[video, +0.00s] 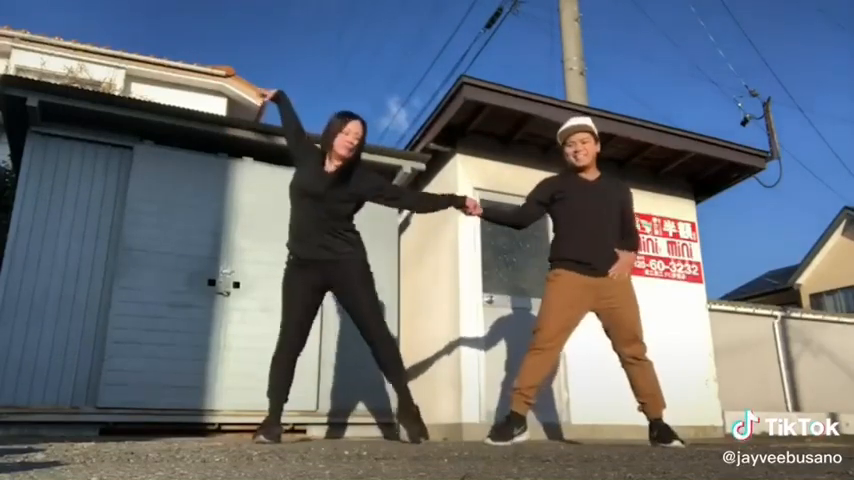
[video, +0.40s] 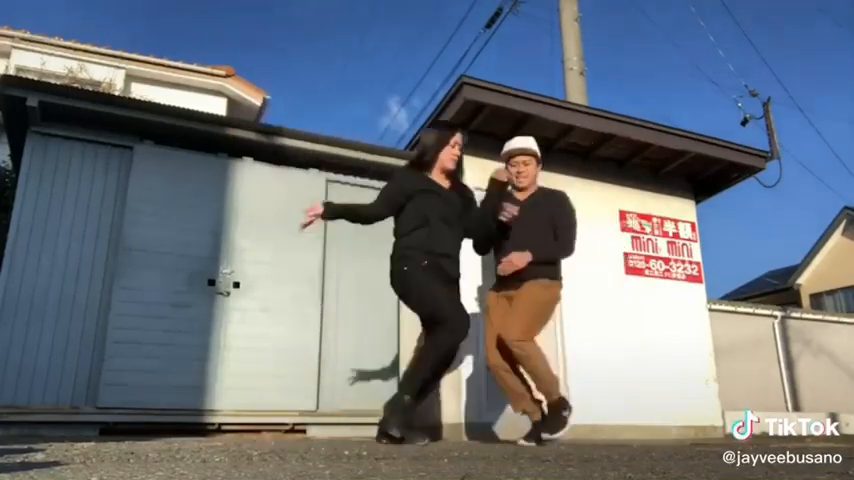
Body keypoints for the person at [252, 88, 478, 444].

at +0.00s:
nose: (351, 143)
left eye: (357, 140)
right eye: (347, 135)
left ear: (361, 147)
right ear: (330, 134)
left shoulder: (361, 179)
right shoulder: (306, 155)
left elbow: (409, 198)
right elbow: (291, 125)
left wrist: (456, 201)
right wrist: (279, 97)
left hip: (347, 266)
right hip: (303, 265)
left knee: (376, 334)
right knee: (289, 342)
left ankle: (407, 407)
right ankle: (272, 420)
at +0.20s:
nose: (403, 148)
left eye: (405, 143)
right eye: (398, 141)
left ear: (401, 147)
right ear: (379, 140)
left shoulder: (402, 185)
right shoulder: (349, 170)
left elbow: (423, 222)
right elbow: (300, 157)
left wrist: (456, 204)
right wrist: (267, 114)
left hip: (390, 274)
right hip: (349, 270)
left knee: (412, 334)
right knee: (318, 339)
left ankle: (396, 417)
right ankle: (275, 411)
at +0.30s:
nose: (430, 151)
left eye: (433, 146)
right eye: (426, 144)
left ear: (432, 150)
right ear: (407, 143)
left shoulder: (429, 189)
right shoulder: (378, 174)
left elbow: (436, 231)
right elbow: (330, 188)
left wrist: (461, 209)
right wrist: (288, 162)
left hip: (421, 276)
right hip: (384, 271)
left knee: (430, 342)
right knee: (374, 343)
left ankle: (395, 423)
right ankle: (309, 397)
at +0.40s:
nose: (457, 153)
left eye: (460, 149)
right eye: (452, 146)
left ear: (459, 155)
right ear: (434, 147)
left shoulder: (463, 195)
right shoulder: (410, 179)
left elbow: (481, 239)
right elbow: (373, 212)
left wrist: (495, 199)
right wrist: (330, 210)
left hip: (445, 276)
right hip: (411, 269)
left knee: (442, 349)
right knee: (455, 322)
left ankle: (400, 419)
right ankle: (402, 403)